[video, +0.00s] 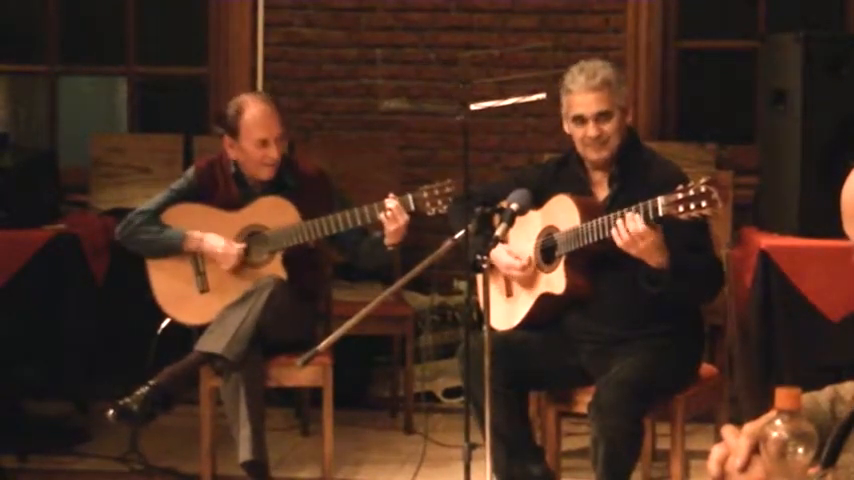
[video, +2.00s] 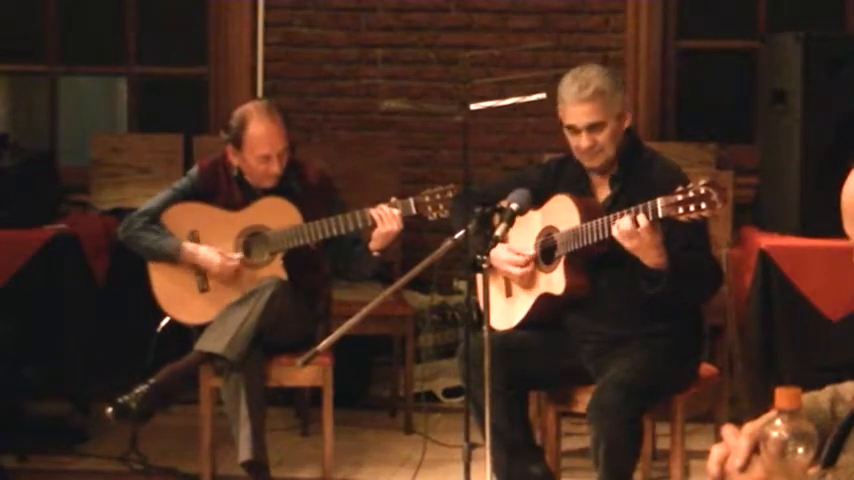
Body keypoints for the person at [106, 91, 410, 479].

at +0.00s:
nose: (274, 153)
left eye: (279, 141)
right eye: (262, 144)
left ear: (286, 137)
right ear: (231, 146)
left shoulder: (307, 183)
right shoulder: (208, 178)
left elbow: (355, 249)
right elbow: (131, 230)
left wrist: (388, 242)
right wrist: (200, 242)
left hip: (296, 314)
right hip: (229, 311)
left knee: (270, 290)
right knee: (243, 353)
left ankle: (167, 383)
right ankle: (254, 468)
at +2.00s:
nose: (276, 168)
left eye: (282, 156)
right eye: (264, 159)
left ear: (289, 145)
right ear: (234, 155)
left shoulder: (308, 184)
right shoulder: (210, 178)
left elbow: (344, 262)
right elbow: (133, 229)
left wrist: (375, 250)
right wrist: (197, 255)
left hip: (296, 315)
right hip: (229, 311)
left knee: (272, 291)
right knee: (244, 350)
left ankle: (167, 381)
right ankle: (255, 468)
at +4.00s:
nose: (275, 151)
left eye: (280, 139)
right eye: (263, 142)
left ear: (287, 136)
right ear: (232, 143)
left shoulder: (310, 185)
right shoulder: (206, 178)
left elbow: (345, 260)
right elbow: (131, 232)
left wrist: (389, 238)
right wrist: (197, 243)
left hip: (297, 319)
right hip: (225, 313)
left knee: (266, 289)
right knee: (244, 356)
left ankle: (169, 395)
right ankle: (252, 470)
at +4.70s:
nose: (265, 157)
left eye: (271, 143)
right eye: (251, 145)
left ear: (278, 135)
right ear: (214, 141)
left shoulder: (296, 190)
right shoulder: (182, 177)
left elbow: (321, 286)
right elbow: (92, 233)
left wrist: (348, 276)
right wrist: (175, 249)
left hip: (278, 338)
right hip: (198, 328)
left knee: (246, 306)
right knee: (217, 390)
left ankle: (130, 416)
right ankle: (218, 475)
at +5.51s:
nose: (213, 137)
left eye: (224, 121)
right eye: (196, 123)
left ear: (239, 122)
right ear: (165, 126)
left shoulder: (273, 189)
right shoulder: (139, 177)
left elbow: (296, 306)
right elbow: (39, 246)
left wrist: (320, 287)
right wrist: (131, 265)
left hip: (251, 361)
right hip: (157, 353)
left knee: (218, 327)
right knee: (183, 420)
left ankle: (86, 445)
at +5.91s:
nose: (161, 142)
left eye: (180, 129)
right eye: (153, 124)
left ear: (220, 132)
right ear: (143, 119)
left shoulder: (265, 190)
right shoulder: (123, 177)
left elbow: (293, 314)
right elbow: (21, 251)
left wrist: (314, 291)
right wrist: (110, 277)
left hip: (242, 370)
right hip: (144, 359)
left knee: (207, 333)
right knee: (172, 433)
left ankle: (92, 446)